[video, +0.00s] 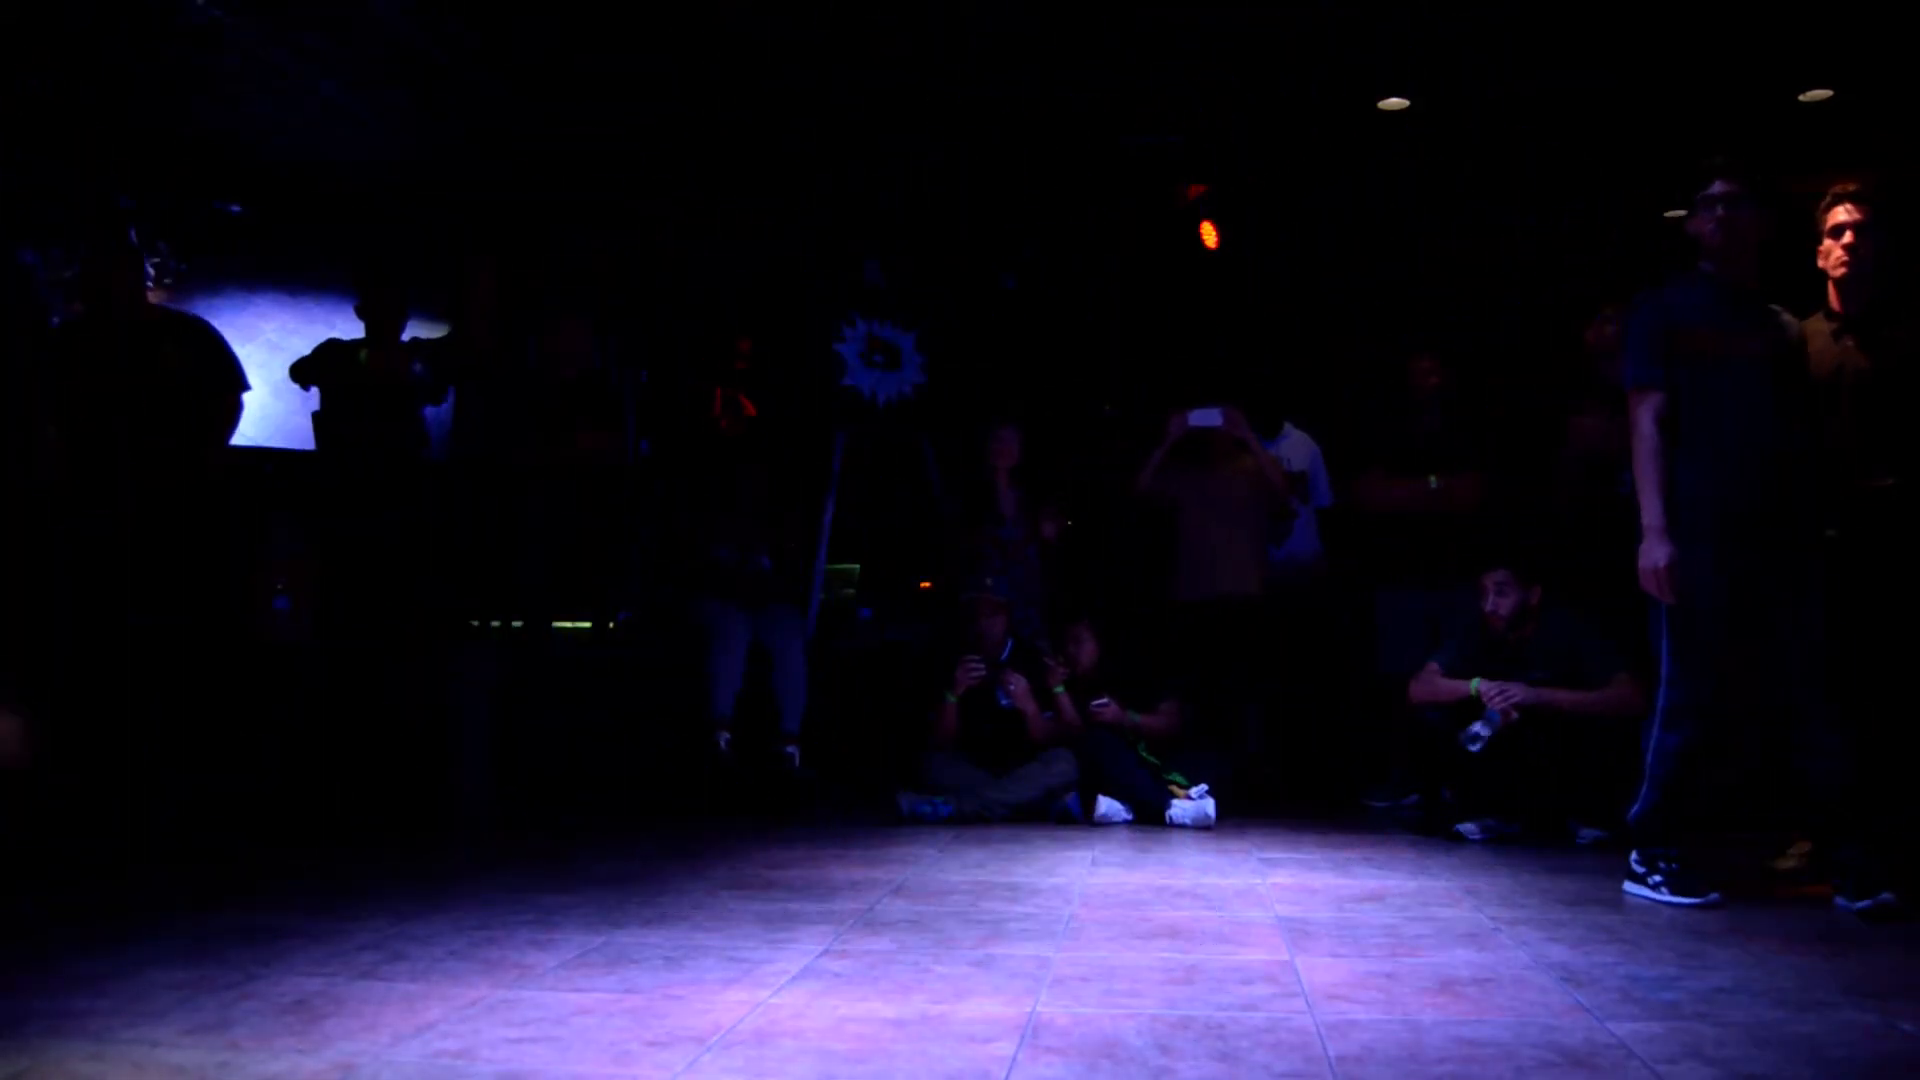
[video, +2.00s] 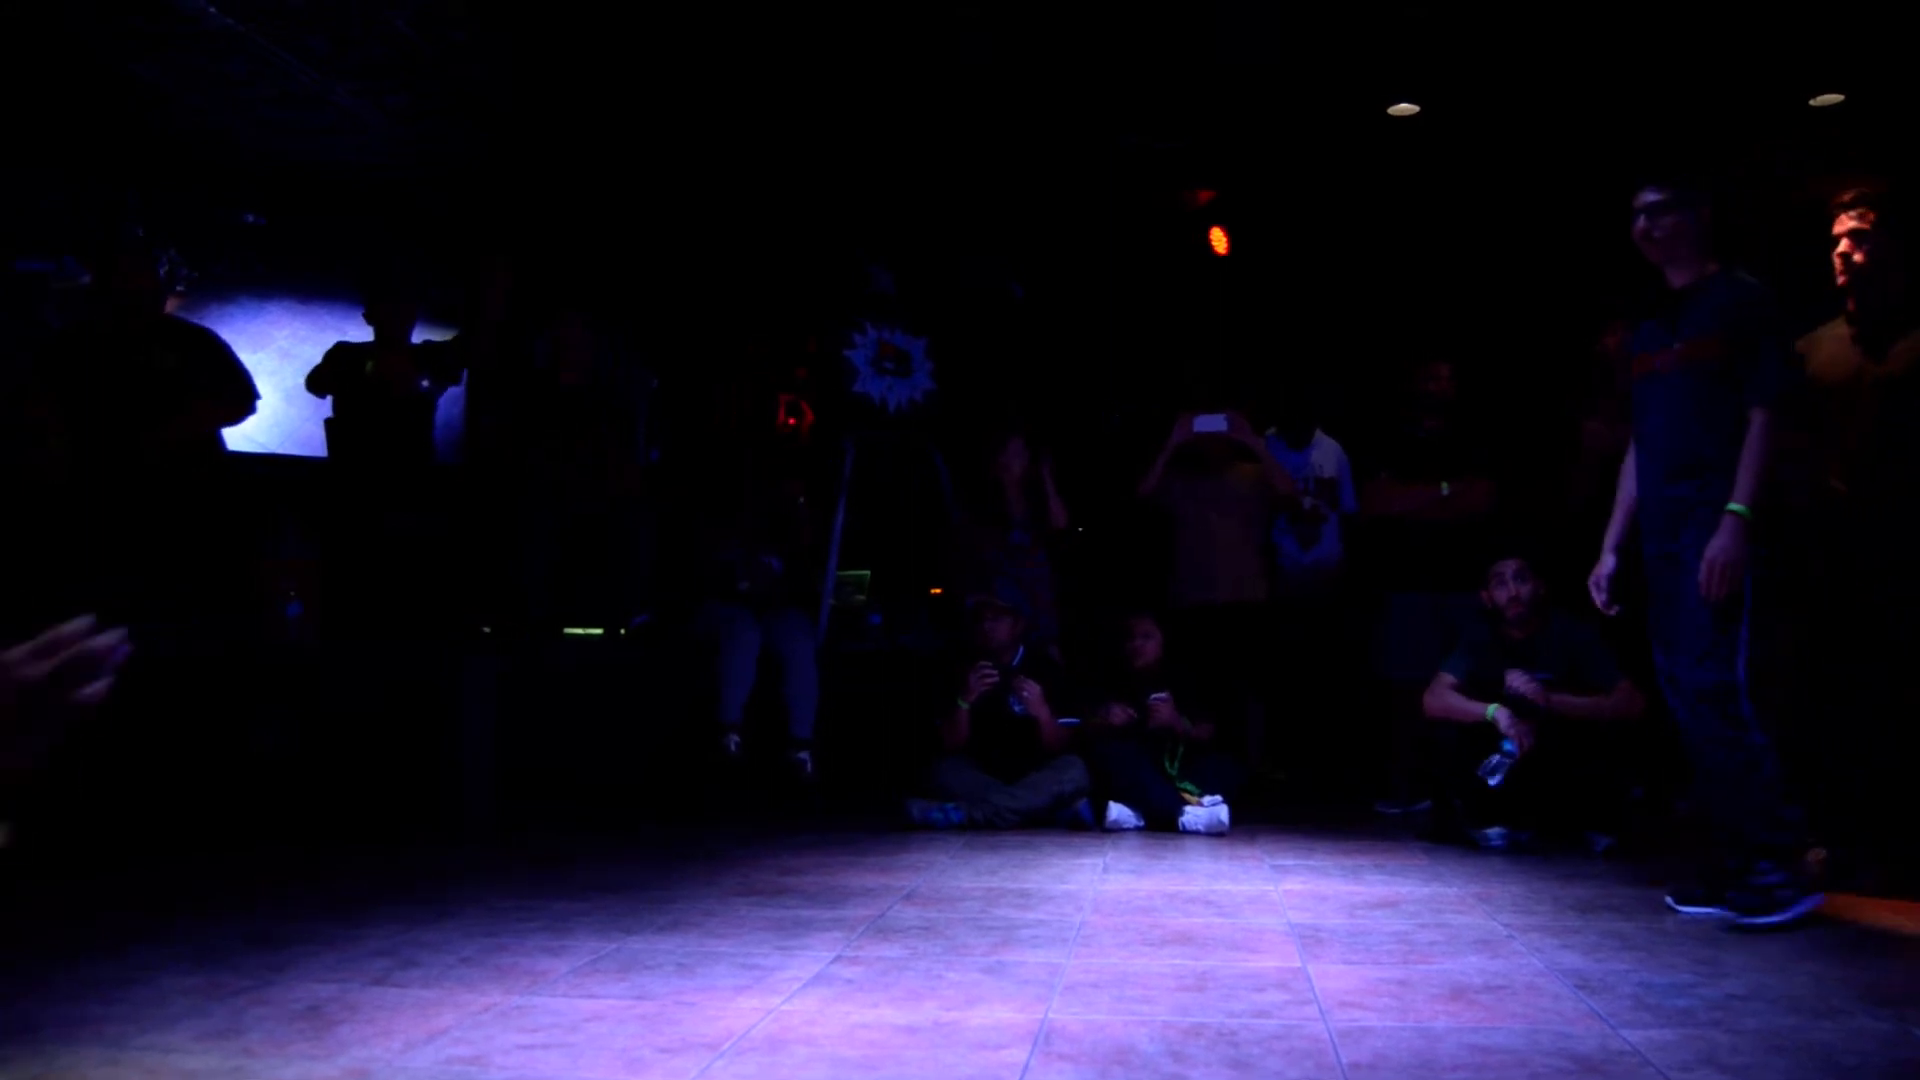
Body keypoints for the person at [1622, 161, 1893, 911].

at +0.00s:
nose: (1716, 219)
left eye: (1732, 207)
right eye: (1705, 207)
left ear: (1761, 224)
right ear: (1688, 225)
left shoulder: (1778, 321)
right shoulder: (1664, 312)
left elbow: (1804, 428)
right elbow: (1647, 425)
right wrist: (1654, 533)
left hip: (1780, 531)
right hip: (1699, 534)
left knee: (1808, 694)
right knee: (1689, 699)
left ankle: (1850, 866)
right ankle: (1653, 856)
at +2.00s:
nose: (1647, 226)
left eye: (1661, 211)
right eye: (1639, 215)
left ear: (1697, 216)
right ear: (1636, 229)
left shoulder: (1742, 302)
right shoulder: (1652, 320)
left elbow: (1764, 420)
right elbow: (1643, 442)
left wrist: (1736, 521)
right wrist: (1612, 546)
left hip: (1718, 529)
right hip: (1663, 532)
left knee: (1717, 691)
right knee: (1687, 692)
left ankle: (1774, 873)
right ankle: (1730, 869)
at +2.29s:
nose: (1675, 219)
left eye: (1690, 204)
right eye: (1669, 208)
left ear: (1728, 211)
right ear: (1666, 224)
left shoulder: (1766, 295)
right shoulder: (1687, 313)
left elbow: (1788, 416)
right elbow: (1678, 437)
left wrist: (1770, 524)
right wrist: (1645, 538)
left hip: (1744, 519)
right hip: (1696, 520)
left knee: (1694, 676)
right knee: (1725, 677)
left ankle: (1657, 853)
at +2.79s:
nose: (1619, 225)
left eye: (1634, 211)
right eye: (1615, 213)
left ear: (1676, 217)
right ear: (1622, 227)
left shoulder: (1693, 300)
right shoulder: (1671, 301)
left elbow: (1693, 425)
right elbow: (1678, 426)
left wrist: (1664, 534)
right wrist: (1636, 533)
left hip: (1677, 530)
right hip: (1673, 527)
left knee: (1662, 694)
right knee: (1724, 686)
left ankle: (1652, 859)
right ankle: (1820, 847)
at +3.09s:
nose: (1572, 225)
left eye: (1587, 212)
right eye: (1570, 213)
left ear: (1630, 218)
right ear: (1607, 226)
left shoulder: (1639, 299)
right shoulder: (1639, 296)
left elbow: (1618, 428)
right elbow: (1622, 430)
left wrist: (1558, 524)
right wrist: (1586, 545)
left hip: (1633, 525)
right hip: (1637, 521)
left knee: (1627, 686)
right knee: (1641, 680)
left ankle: (1641, 857)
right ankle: (1711, 824)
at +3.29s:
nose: (1554, 229)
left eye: (1569, 216)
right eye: (1553, 217)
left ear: (1611, 221)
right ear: (1583, 228)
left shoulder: (1623, 301)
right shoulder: (1608, 298)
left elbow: (1597, 424)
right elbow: (1596, 423)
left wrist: (1541, 521)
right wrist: (1551, 518)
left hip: (1619, 526)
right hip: (1598, 524)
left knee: (1614, 685)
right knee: (1577, 678)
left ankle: (1640, 854)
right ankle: (1592, 831)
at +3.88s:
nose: (1500, 237)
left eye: (1516, 226)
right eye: (1499, 227)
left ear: (1553, 238)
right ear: (1505, 241)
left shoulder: (1578, 315)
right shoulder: (1520, 328)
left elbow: (1591, 429)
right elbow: (1500, 456)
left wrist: (1574, 528)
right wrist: (1465, 549)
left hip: (1552, 540)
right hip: (1504, 544)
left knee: (1583, 694)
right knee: (1519, 695)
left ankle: (1639, 850)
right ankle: (1521, 838)